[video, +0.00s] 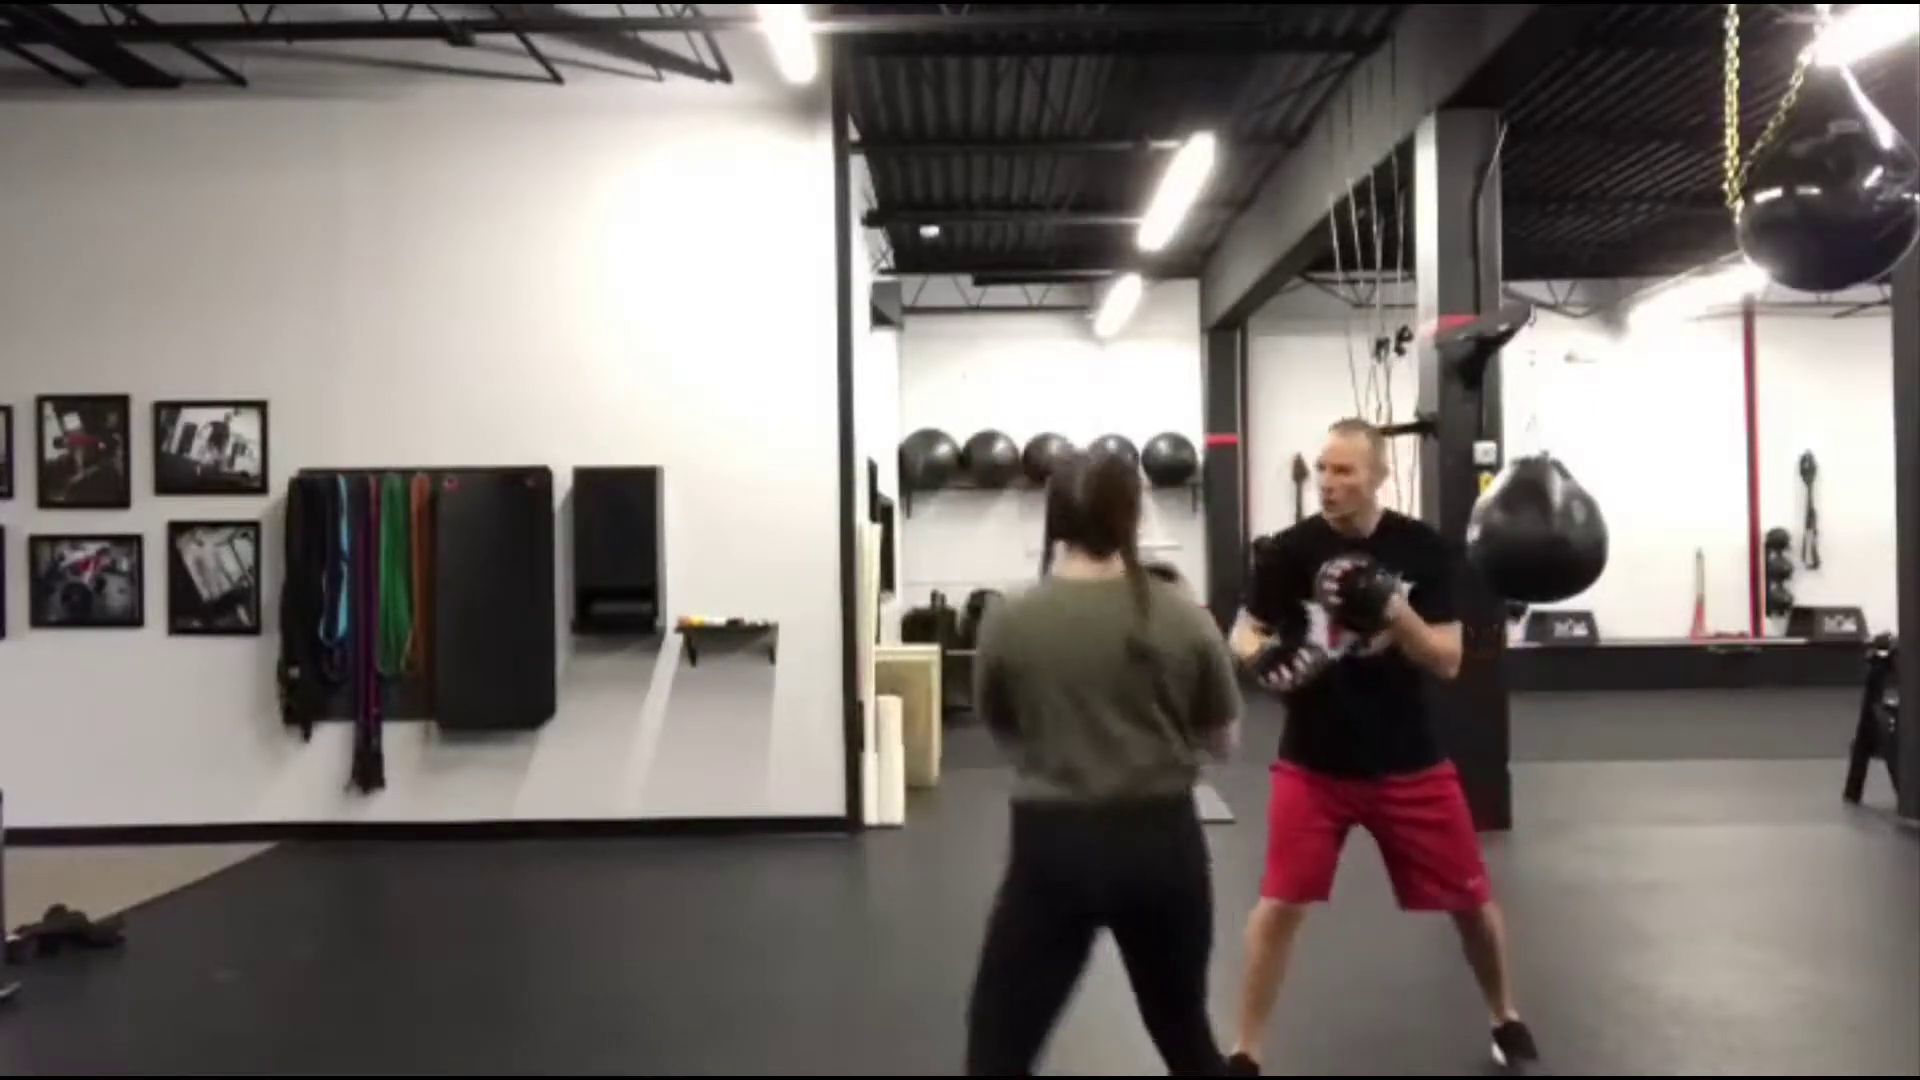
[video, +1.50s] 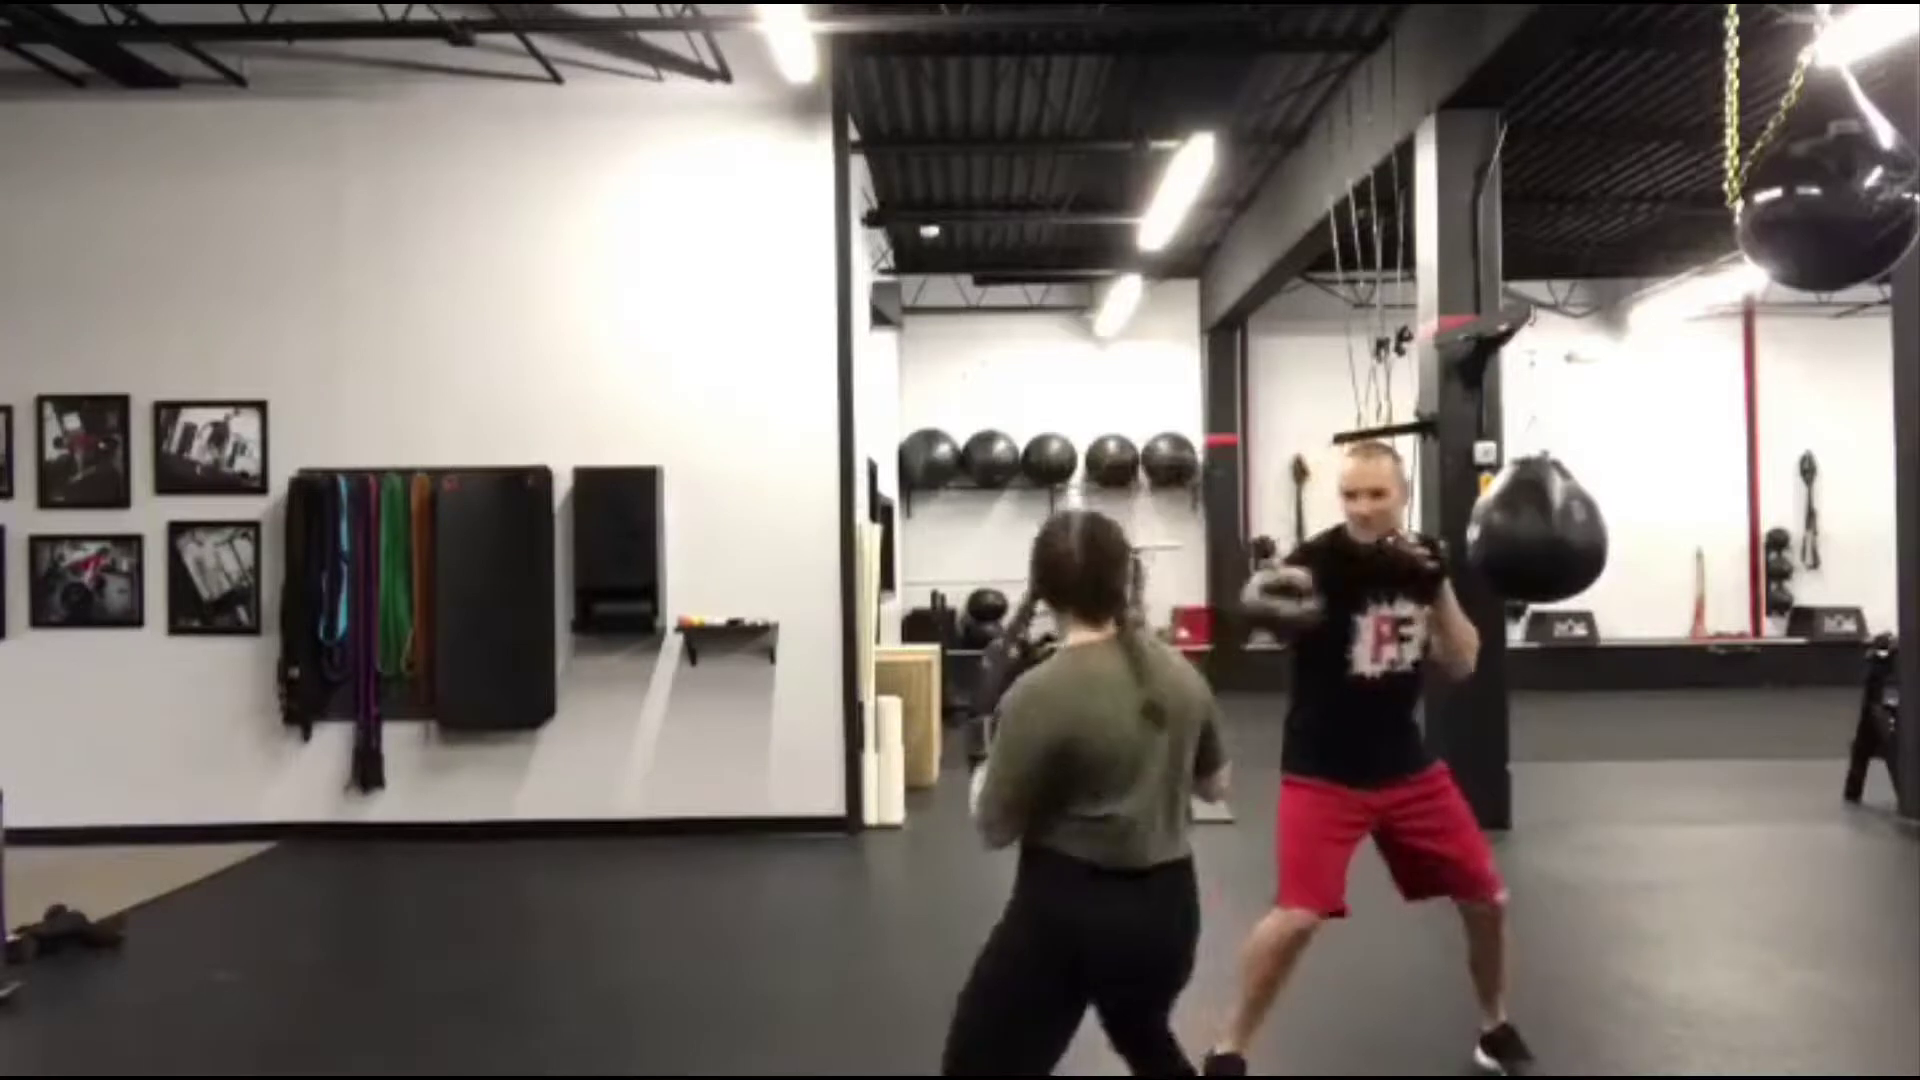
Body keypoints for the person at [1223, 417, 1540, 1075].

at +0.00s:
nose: (1329, 483)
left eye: (1344, 471)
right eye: (1323, 471)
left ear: (1379, 478)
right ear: (1315, 475)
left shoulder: (1428, 549)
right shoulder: (1286, 553)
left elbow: (1447, 659)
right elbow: (1244, 638)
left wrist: (1395, 612)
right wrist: (1269, 655)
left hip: (1411, 767)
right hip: (1312, 767)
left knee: (1473, 902)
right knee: (1281, 902)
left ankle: (1505, 1020)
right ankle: (1246, 1054)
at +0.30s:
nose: (1326, 500)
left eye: (1341, 488)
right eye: (1324, 488)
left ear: (1384, 492)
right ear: (1321, 493)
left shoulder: (1436, 567)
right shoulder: (1300, 571)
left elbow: (1460, 680)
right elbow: (1254, 671)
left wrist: (1415, 628)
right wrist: (1263, 651)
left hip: (1422, 777)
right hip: (1321, 774)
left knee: (1487, 914)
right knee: (1282, 906)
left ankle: (1510, 1027)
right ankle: (1245, 1053)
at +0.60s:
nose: (1334, 496)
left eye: (1349, 484)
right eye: (1329, 485)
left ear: (1388, 489)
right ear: (1323, 493)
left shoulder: (1440, 564)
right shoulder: (1309, 570)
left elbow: (1465, 677)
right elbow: (1283, 657)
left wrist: (1407, 608)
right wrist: (1250, 604)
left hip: (1431, 778)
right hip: (1329, 772)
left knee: (1491, 919)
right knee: (1282, 904)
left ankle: (1510, 1026)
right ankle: (1245, 1052)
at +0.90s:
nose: (1293, 489)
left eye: (1307, 476)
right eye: (1286, 477)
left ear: (1342, 481)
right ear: (1277, 485)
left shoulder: (1388, 555)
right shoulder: (1263, 563)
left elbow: (1414, 643)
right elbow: (1228, 643)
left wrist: (1370, 548)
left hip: (1396, 772)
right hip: (1293, 774)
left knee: (1472, 908)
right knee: (1264, 906)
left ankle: (1500, 1017)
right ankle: (1241, 1052)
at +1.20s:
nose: (1306, 492)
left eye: (1320, 479)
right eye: (1296, 479)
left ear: (1347, 482)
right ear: (1281, 484)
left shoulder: (1391, 554)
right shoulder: (1257, 566)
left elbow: (1425, 650)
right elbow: (1220, 656)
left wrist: (1352, 574)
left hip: (1392, 775)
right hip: (1289, 774)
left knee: (1466, 917)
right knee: (1253, 909)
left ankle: (1497, 1021)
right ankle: (1241, 1054)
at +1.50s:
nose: (1363, 508)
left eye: (1376, 495)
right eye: (1351, 496)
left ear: (1403, 495)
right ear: (1338, 497)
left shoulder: (1424, 563)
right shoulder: (1315, 562)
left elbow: (1461, 662)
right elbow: (1266, 598)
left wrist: (1434, 582)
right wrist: (1273, 600)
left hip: (1409, 769)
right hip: (1321, 775)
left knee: (1487, 899)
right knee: (1300, 914)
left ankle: (1494, 1026)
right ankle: (1230, 1051)